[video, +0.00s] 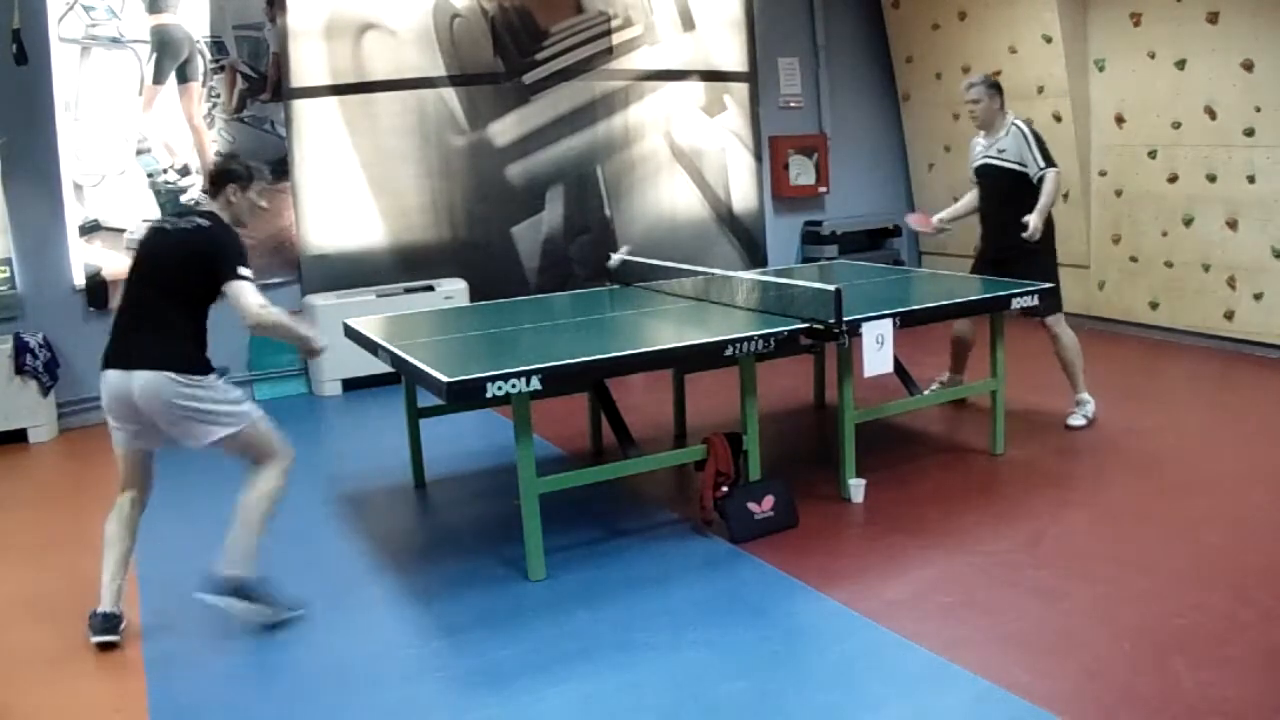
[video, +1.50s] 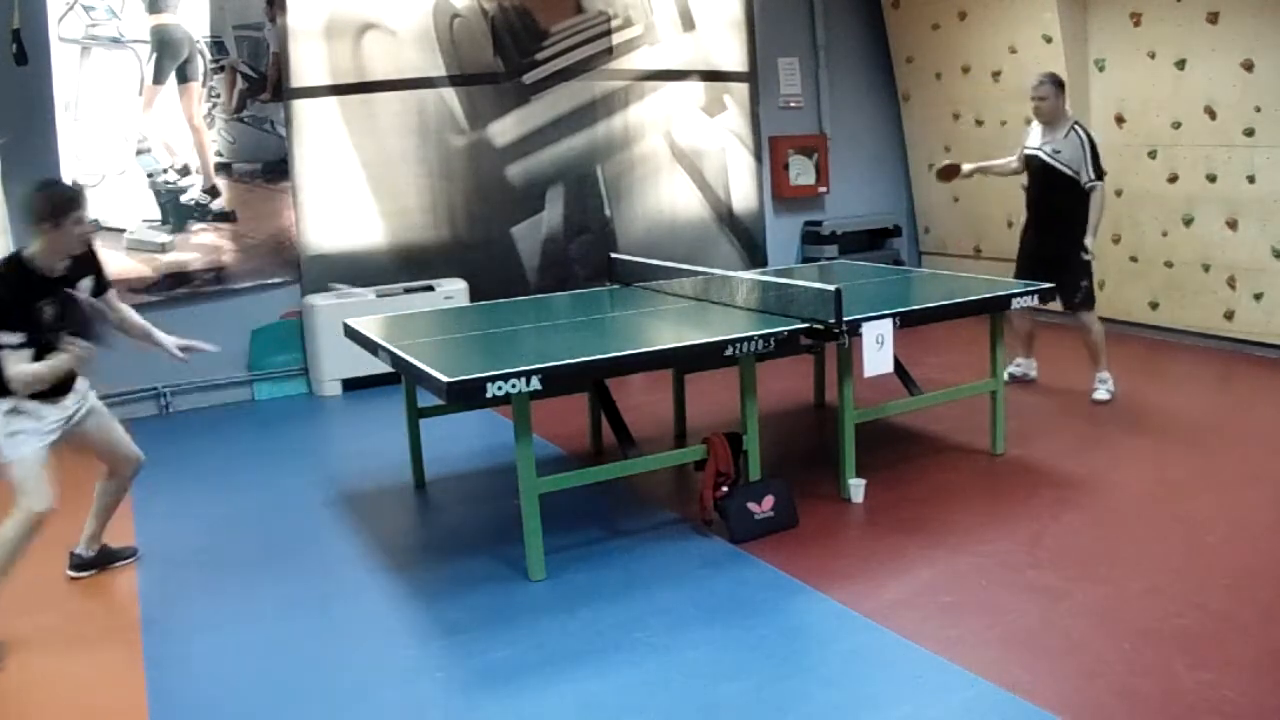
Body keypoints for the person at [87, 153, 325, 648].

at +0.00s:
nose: (263, 210)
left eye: (265, 199)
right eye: (259, 198)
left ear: (214, 190)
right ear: (234, 193)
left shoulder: (159, 230)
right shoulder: (220, 238)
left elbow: (125, 298)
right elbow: (255, 314)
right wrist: (304, 336)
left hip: (116, 377)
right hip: (173, 377)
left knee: (130, 492)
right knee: (275, 456)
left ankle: (107, 610)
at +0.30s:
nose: (378, 223)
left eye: (379, 214)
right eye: (377, 214)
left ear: (337, 201)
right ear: (355, 207)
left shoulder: (273, 234)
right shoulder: (349, 247)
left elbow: (229, 299)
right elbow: (417, 276)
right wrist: (454, 249)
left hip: (227, 380)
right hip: (288, 384)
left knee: (200, 486)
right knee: (382, 430)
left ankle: (127, 580)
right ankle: (416, 538)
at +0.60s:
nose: (382, 171)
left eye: (383, 161)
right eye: (380, 161)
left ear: (337, 157)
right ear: (361, 159)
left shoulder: (281, 196)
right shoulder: (369, 212)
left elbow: (242, 267)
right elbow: (448, 256)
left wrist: (247, 319)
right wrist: (504, 273)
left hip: (247, 342)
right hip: (305, 349)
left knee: (242, 434)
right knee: (384, 423)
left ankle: (194, 533)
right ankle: (418, 536)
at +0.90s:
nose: (309, 176)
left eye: (309, 167)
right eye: (305, 167)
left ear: (270, 166)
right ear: (283, 166)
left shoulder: (218, 205)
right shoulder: (277, 218)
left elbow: (191, 272)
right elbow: (330, 287)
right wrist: (390, 309)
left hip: (181, 351)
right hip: (233, 356)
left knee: (227, 439)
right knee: (324, 438)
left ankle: (207, 553)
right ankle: (372, 548)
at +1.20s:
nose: (224, 207)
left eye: (223, 197)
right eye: (218, 197)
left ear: (183, 199)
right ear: (191, 199)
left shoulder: (148, 239)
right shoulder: (162, 251)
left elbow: (145, 324)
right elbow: (173, 339)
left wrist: (175, 375)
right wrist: (252, 373)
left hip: (97, 375)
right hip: (125, 382)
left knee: (145, 459)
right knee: (212, 457)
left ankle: (90, 551)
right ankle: (259, 577)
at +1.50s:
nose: (88, 232)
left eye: (87, 222)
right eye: (79, 225)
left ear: (72, 224)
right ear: (51, 228)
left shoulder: (82, 259)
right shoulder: (9, 282)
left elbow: (114, 308)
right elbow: (16, 377)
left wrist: (163, 340)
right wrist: (64, 360)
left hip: (68, 392)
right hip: (18, 408)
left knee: (126, 461)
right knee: (36, 504)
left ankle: (88, 550)